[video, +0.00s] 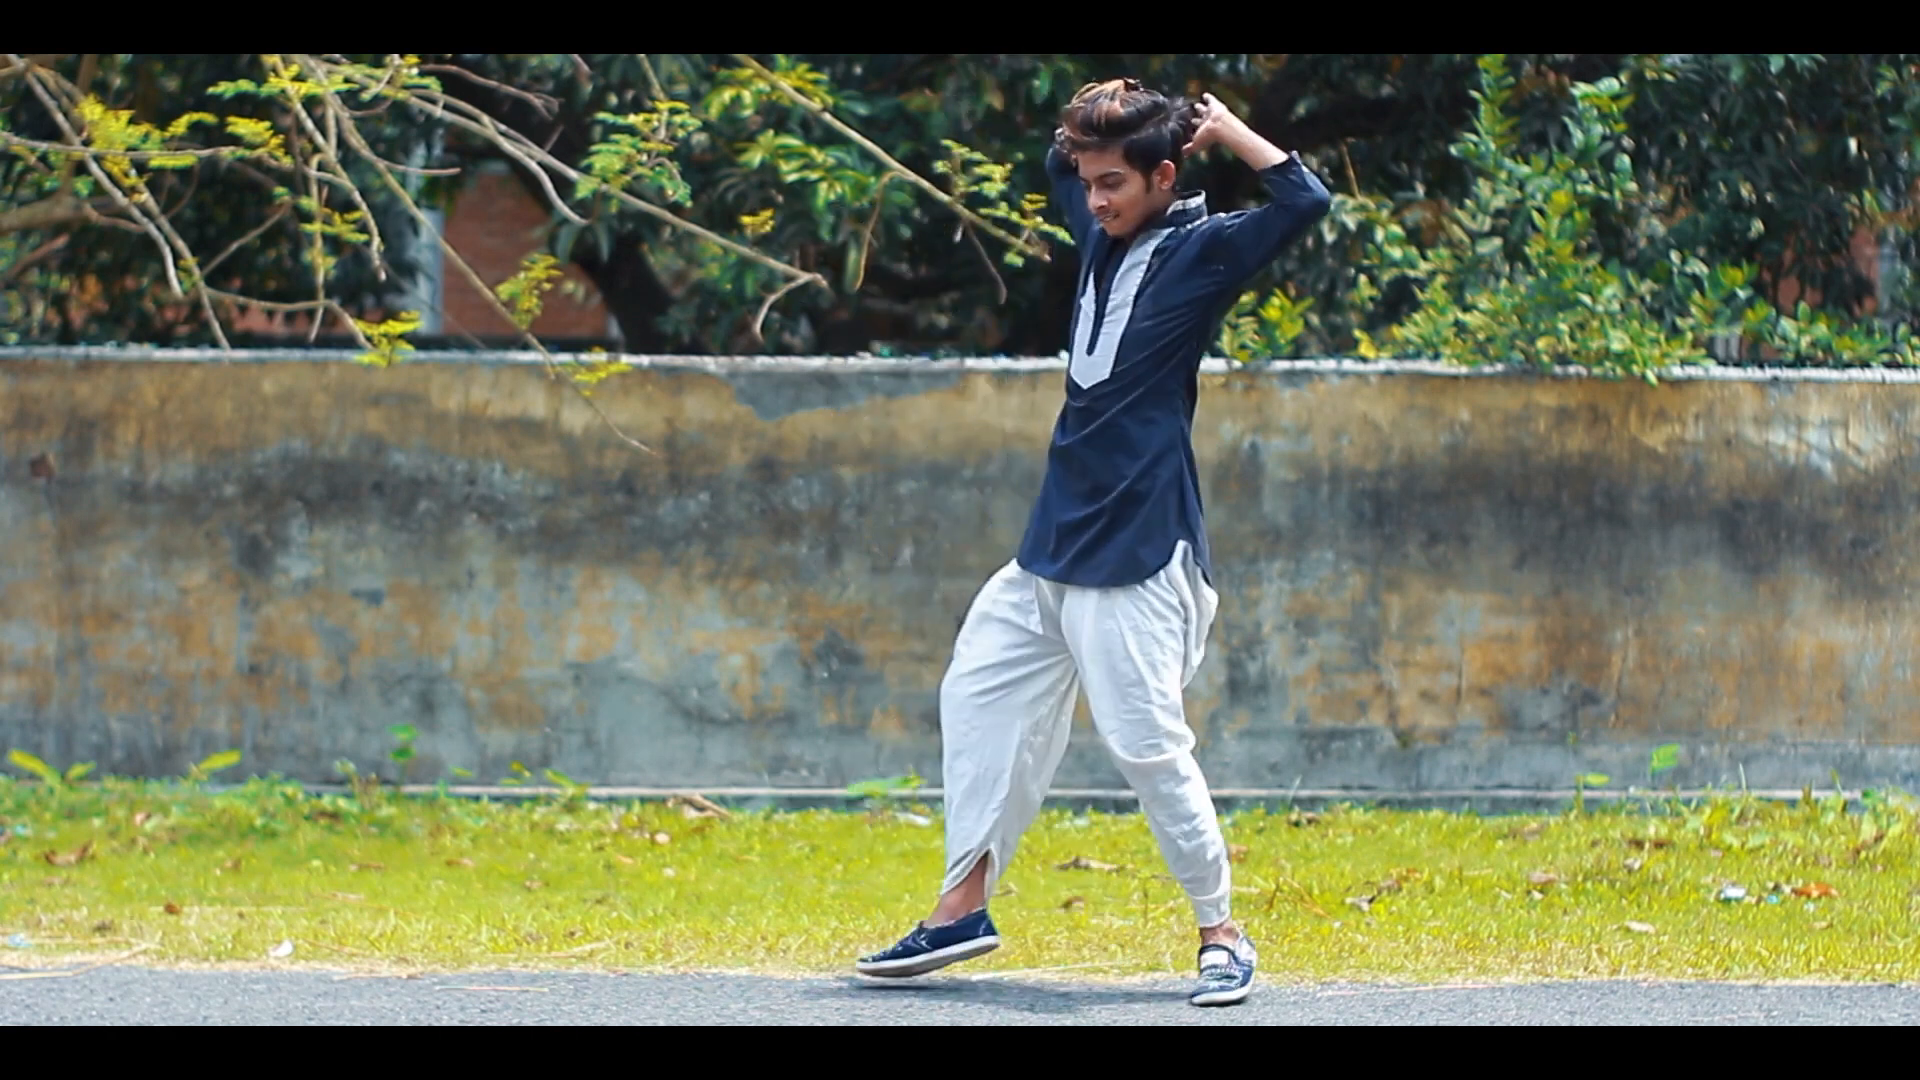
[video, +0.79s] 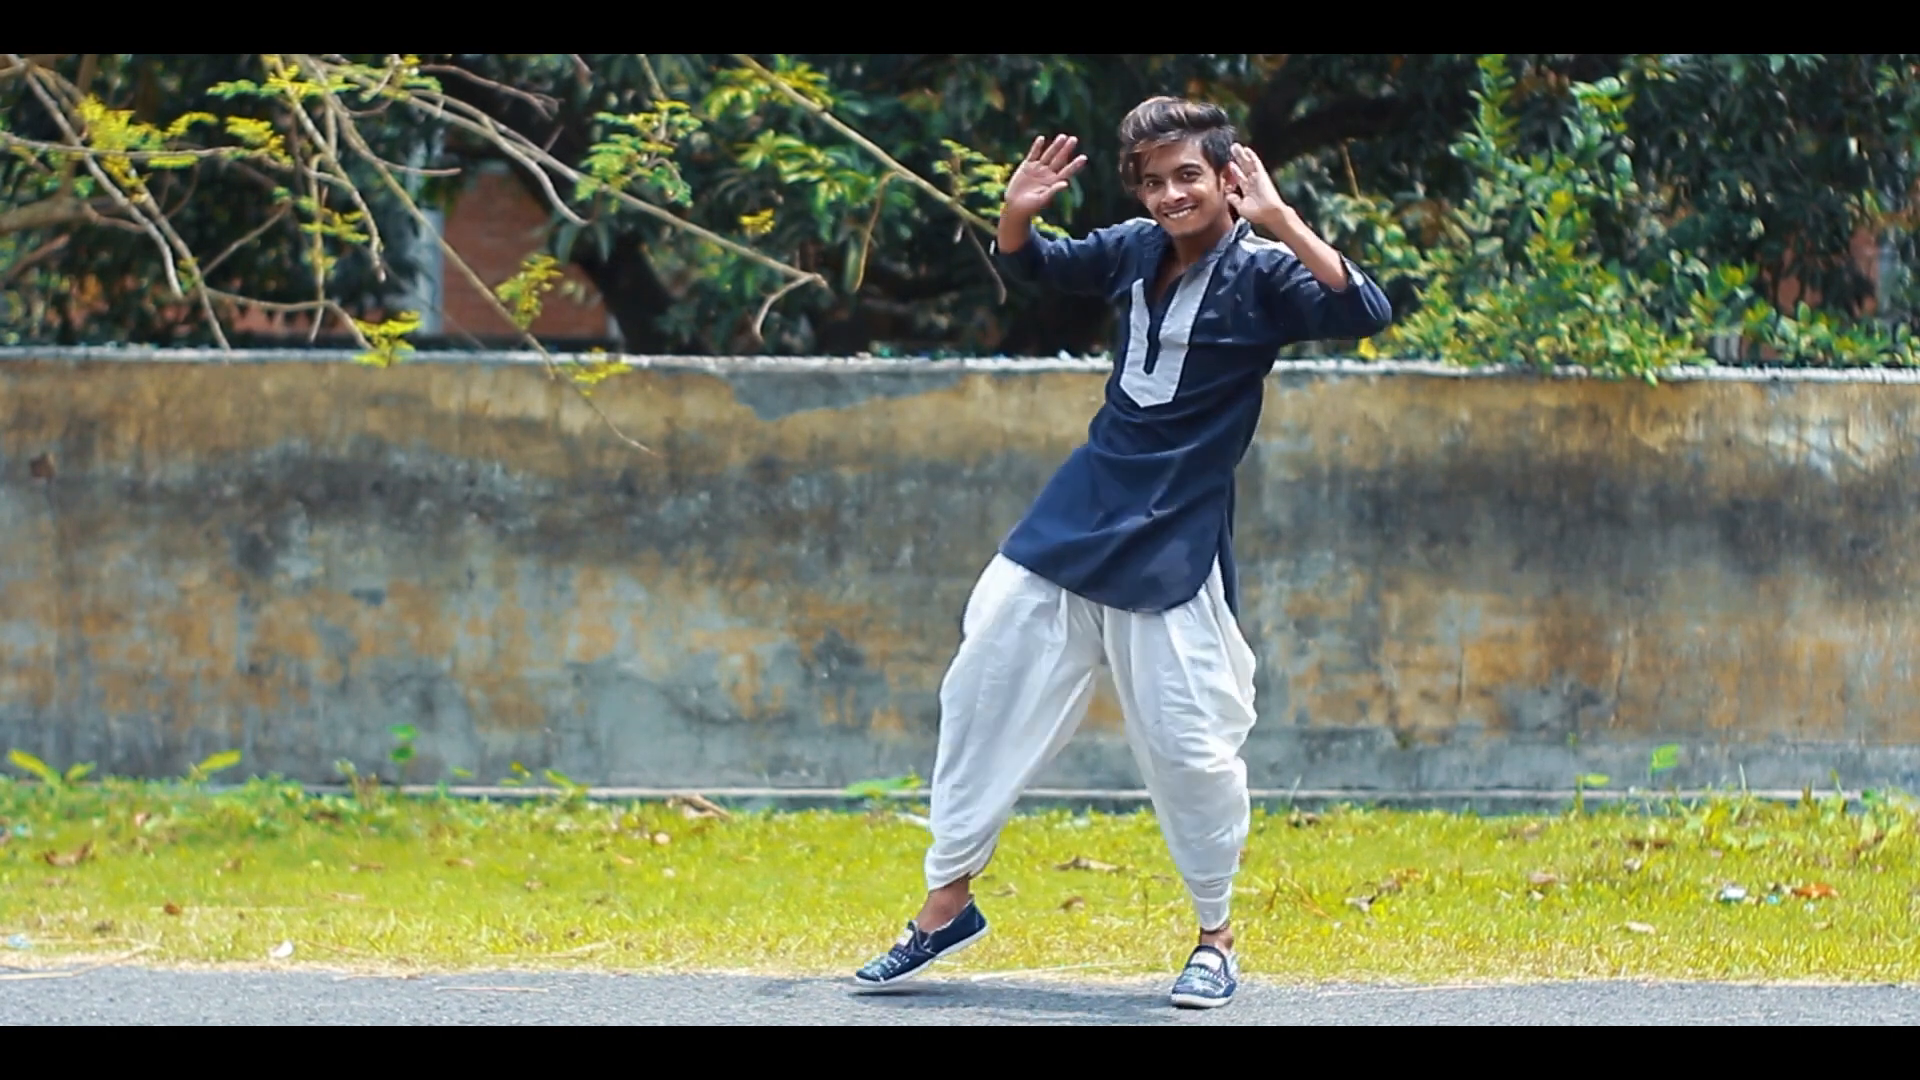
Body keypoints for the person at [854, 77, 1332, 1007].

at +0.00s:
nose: (1095, 199)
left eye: (1112, 182)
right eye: (1085, 183)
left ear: (1163, 175)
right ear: (1083, 180)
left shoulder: (1201, 247)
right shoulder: (1100, 240)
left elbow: (1301, 199)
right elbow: (1062, 178)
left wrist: (1233, 134)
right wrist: (1083, 118)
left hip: (1137, 544)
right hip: (1057, 536)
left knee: (1149, 747)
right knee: (974, 700)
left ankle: (1220, 936)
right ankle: (961, 913)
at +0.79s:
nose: (1171, 195)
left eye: (1187, 175)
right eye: (1154, 181)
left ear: (1229, 179)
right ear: (1138, 191)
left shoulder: (1261, 271)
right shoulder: (1133, 249)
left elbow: (1368, 312)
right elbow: (1035, 269)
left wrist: (1282, 216)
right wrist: (1016, 222)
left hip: (1172, 533)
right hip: (1079, 510)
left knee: (1193, 755)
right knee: (974, 691)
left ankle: (1213, 942)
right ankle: (945, 910)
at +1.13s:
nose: (1129, 169)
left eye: (1146, 155)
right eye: (1110, 155)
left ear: (1171, 174)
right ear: (1085, 172)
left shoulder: (1206, 282)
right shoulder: (1035, 268)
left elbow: (1306, 367)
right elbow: (928, 354)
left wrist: (1384, 320)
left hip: (1138, 553)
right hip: (1024, 537)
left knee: (1172, 752)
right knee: (956, 728)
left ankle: (1207, 941)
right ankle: (929, 924)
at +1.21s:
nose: (1104, 134)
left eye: (1123, 119)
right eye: (1088, 118)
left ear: (1148, 131)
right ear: (1059, 126)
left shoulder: (1179, 228)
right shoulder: (1012, 209)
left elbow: (1268, 278)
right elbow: (875, 254)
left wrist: (1310, 295)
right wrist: (878, 214)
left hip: (1118, 499)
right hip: (1006, 488)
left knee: (1129, 704)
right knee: (969, 705)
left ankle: (1097, 895)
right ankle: (961, 886)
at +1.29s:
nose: (1079, 128)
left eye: (1097, 113)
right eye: (1063, 111)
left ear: (1123, 124)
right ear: (1033, 117)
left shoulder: (1151, 212)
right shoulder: (995, 193)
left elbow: (1224, 313)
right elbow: (873, 245)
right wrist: (974, 254)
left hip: (1097, 483)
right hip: (991, 472)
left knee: (1088, 679)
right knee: (979, 690)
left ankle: (978, 866)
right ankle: (1017, 862)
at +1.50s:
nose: (1021, 222)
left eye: (1039, 208)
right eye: (1004, 206)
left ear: (1057, 225)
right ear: (971, 216)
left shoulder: (1073, 324)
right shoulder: (930, 314)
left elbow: (1081, 461)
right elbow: (967, 427)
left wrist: (1097, 402)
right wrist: (1039, 331)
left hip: (1028, 574)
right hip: (936, 570)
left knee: (1031, 764)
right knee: (946, 772)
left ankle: (912, 943)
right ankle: (1009, 924)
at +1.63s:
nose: (1009, 159)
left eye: (1024, 144)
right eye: (994, 139)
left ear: (1035, 152)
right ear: (949, 137)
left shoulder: (1038, 246)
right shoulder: (896, 225)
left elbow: (1131, 324)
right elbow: (831, 288)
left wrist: (1141, 219)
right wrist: (908, 192)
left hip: (1008, 517)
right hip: (916, 514)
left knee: (1030, 711)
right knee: (919, 721)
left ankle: (945, 909)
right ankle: (952, 887)